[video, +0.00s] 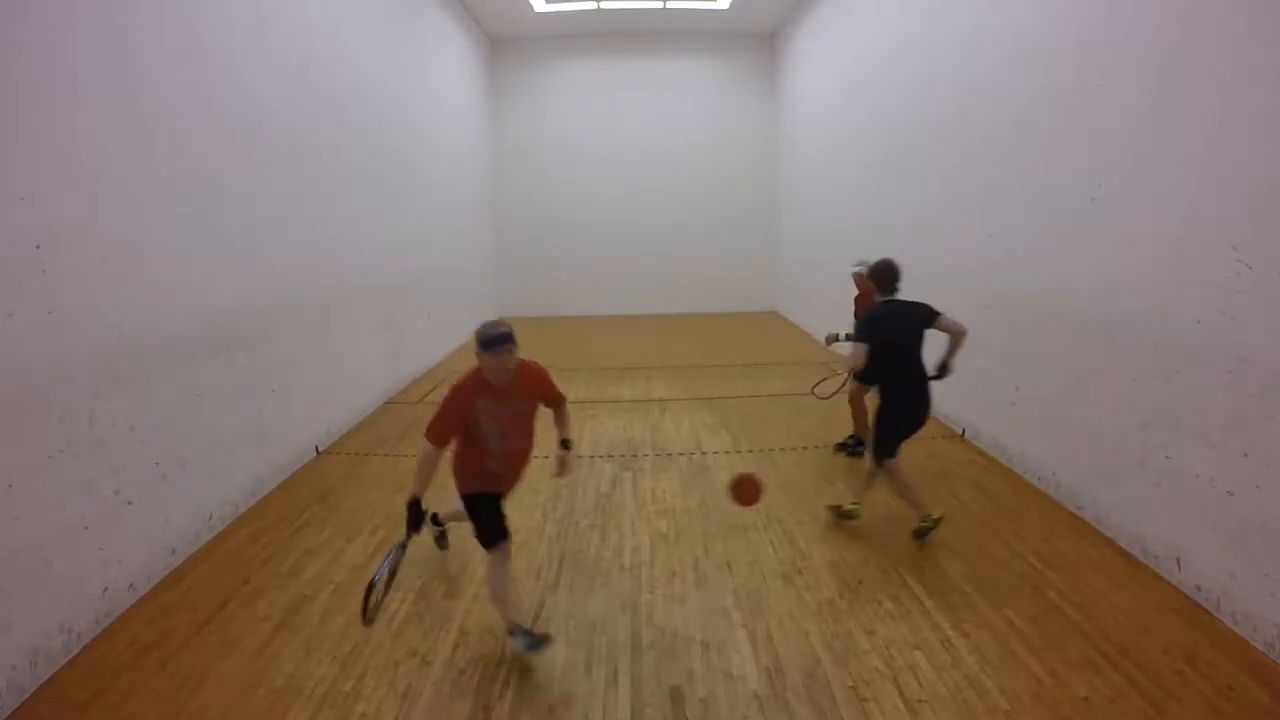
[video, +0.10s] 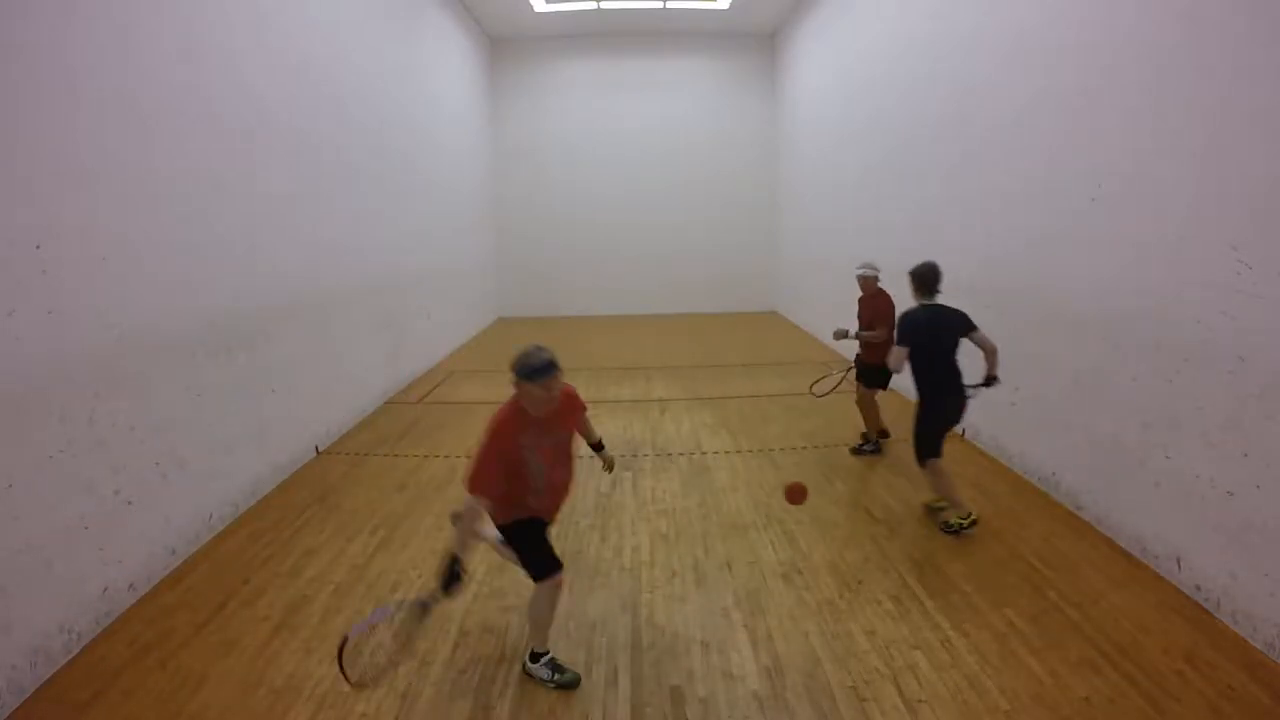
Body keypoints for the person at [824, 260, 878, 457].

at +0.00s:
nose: (856, 282)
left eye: (860, 278)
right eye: (855, 278)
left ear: (869, 280)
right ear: (856, 279)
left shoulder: (872, 301)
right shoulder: (861, 299)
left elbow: (867, 334)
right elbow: (863, 330)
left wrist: (839, 337)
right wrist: (841, 336)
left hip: (877, 356)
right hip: (869, 353)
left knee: (855, 395)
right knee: (855, 395)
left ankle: (861, 438)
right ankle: (859, 434)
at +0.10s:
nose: (861, 283)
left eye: (865, 279)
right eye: (859, 279)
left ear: (875, 280)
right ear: (858, 280)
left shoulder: (884, 302)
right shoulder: (863, 300)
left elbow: (882, 334)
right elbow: (866, 329)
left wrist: (851, 334)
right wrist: (861, 354)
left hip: (878, 360)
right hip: (865, 357)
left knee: (864, 398)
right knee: (863, 396)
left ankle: (872, 440)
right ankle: (878, 428)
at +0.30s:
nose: (861, 291)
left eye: (864, 288)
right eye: (861, 287)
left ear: (875, 289)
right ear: (874, 288)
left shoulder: (884, 308)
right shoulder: (877, 305)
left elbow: (886, 341)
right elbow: (873, 335)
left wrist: (860, 335)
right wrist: (863, 355)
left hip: (882, 363)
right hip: (879, 360)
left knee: (854, 396)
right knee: (877, 393)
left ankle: (872, 439)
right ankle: (901, 426)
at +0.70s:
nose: (847, 280)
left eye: (848, 278)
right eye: (850, 278)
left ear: (849, 279)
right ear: (865, 280)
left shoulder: (847, 297)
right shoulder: (872, 296)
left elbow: (842, 327)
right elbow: (871, 320)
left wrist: (855, 315)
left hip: (855, 351)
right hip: (874, 351)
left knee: (830, 381)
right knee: (866, 384)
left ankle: (831, 417)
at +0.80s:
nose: (839, 276)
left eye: (840, 273)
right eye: (842, 274)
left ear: (840, 275)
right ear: (856, 276)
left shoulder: (836, 295)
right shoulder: (862, 294)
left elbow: (829, 323)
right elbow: (861, 319)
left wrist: (842, 316)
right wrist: (839, 320)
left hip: (842, 348)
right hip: (861, 348)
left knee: (825, 382)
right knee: (858, 381)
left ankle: (827, 424)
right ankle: (883, 411)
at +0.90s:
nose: (830, 274)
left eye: (831, 272)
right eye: (835, 272)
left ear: (832, 273)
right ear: (847, 274)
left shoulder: (827, 294)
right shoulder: (855, 294)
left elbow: (818, 321)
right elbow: (858, 322)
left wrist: (829, 311)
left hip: (831, 347)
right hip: (850, 347)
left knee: (819, 382)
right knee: (844, 376)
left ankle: (826, 422)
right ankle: (860, 410)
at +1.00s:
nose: (824, 274)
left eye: (824, 272)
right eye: (829, 272)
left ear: (825, 273)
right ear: (841, 274)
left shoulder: (821, 294)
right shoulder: (848, 294)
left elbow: (811, 325)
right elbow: (851, 322)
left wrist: (824, 329)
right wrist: (824, 325)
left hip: (824, 346)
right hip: (843, 347)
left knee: (808, 377)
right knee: (833, 373)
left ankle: (819, 413)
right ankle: (835, 408)